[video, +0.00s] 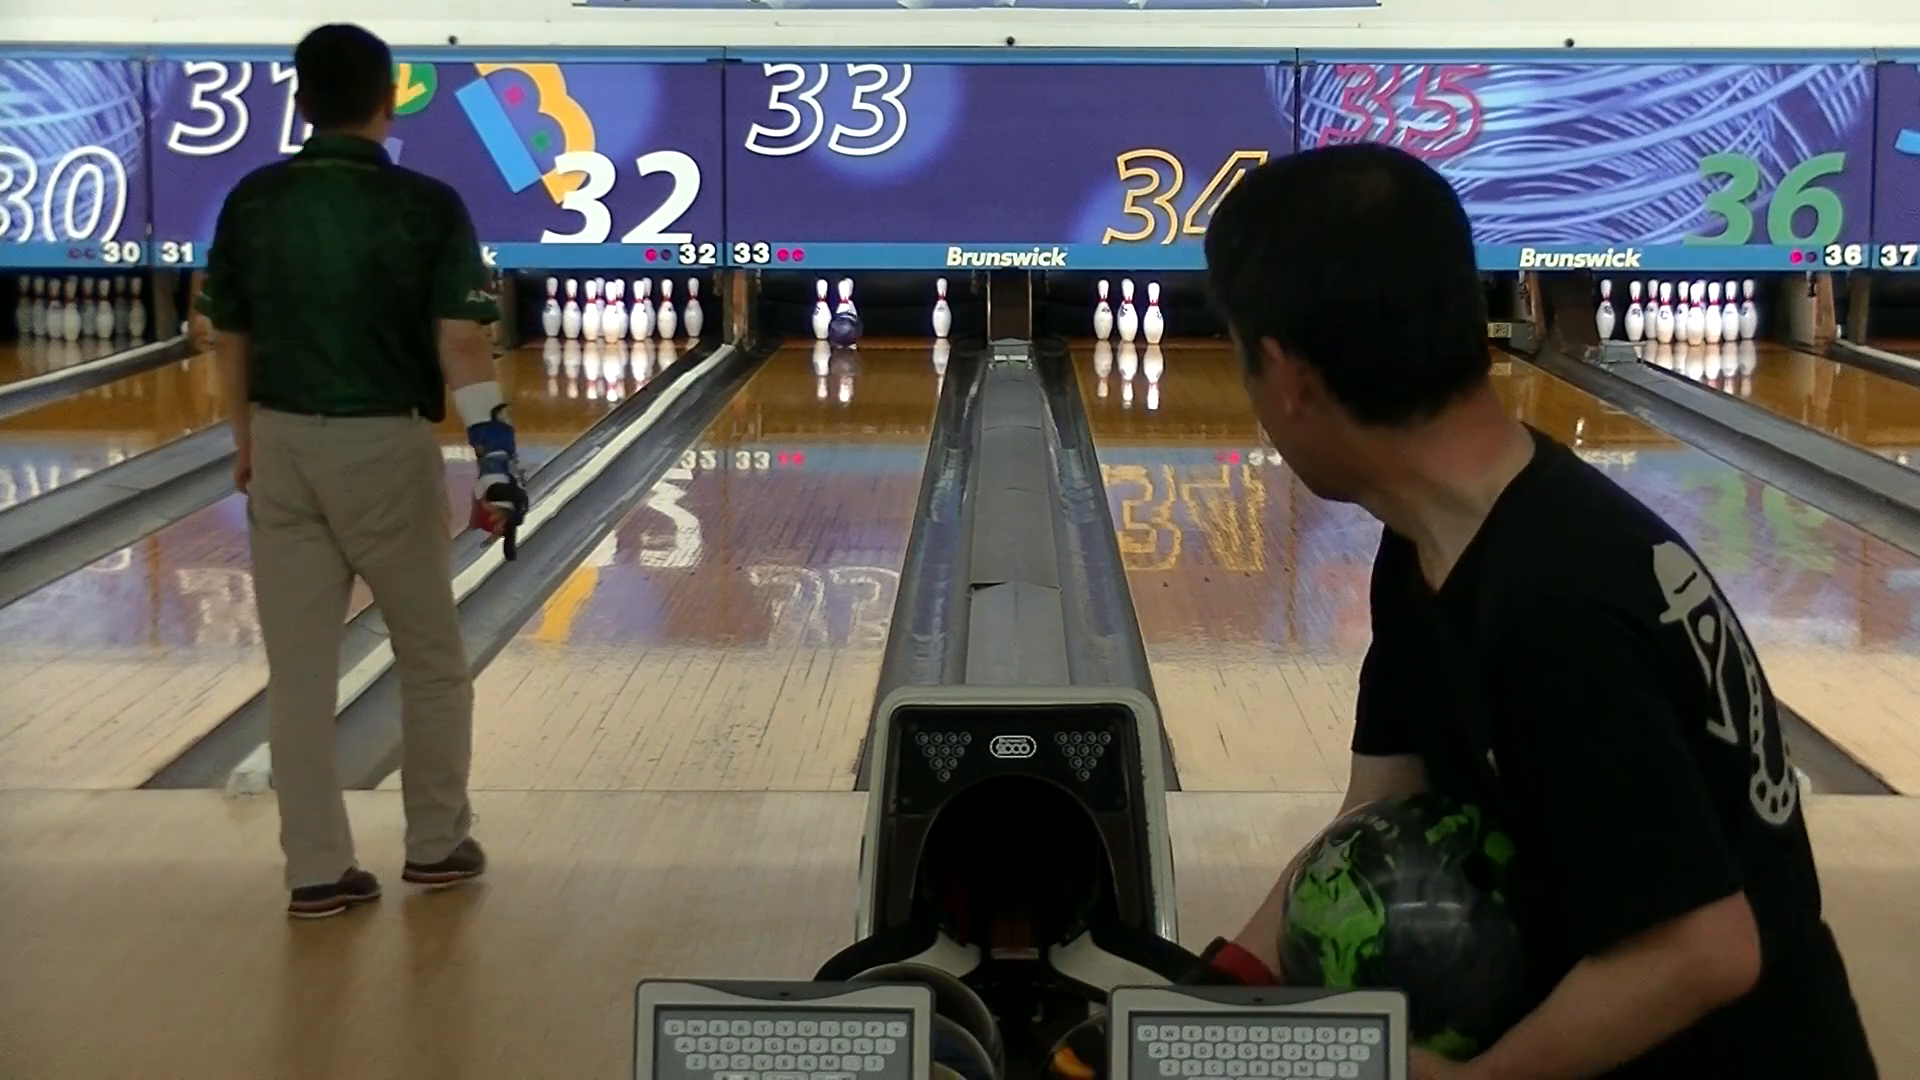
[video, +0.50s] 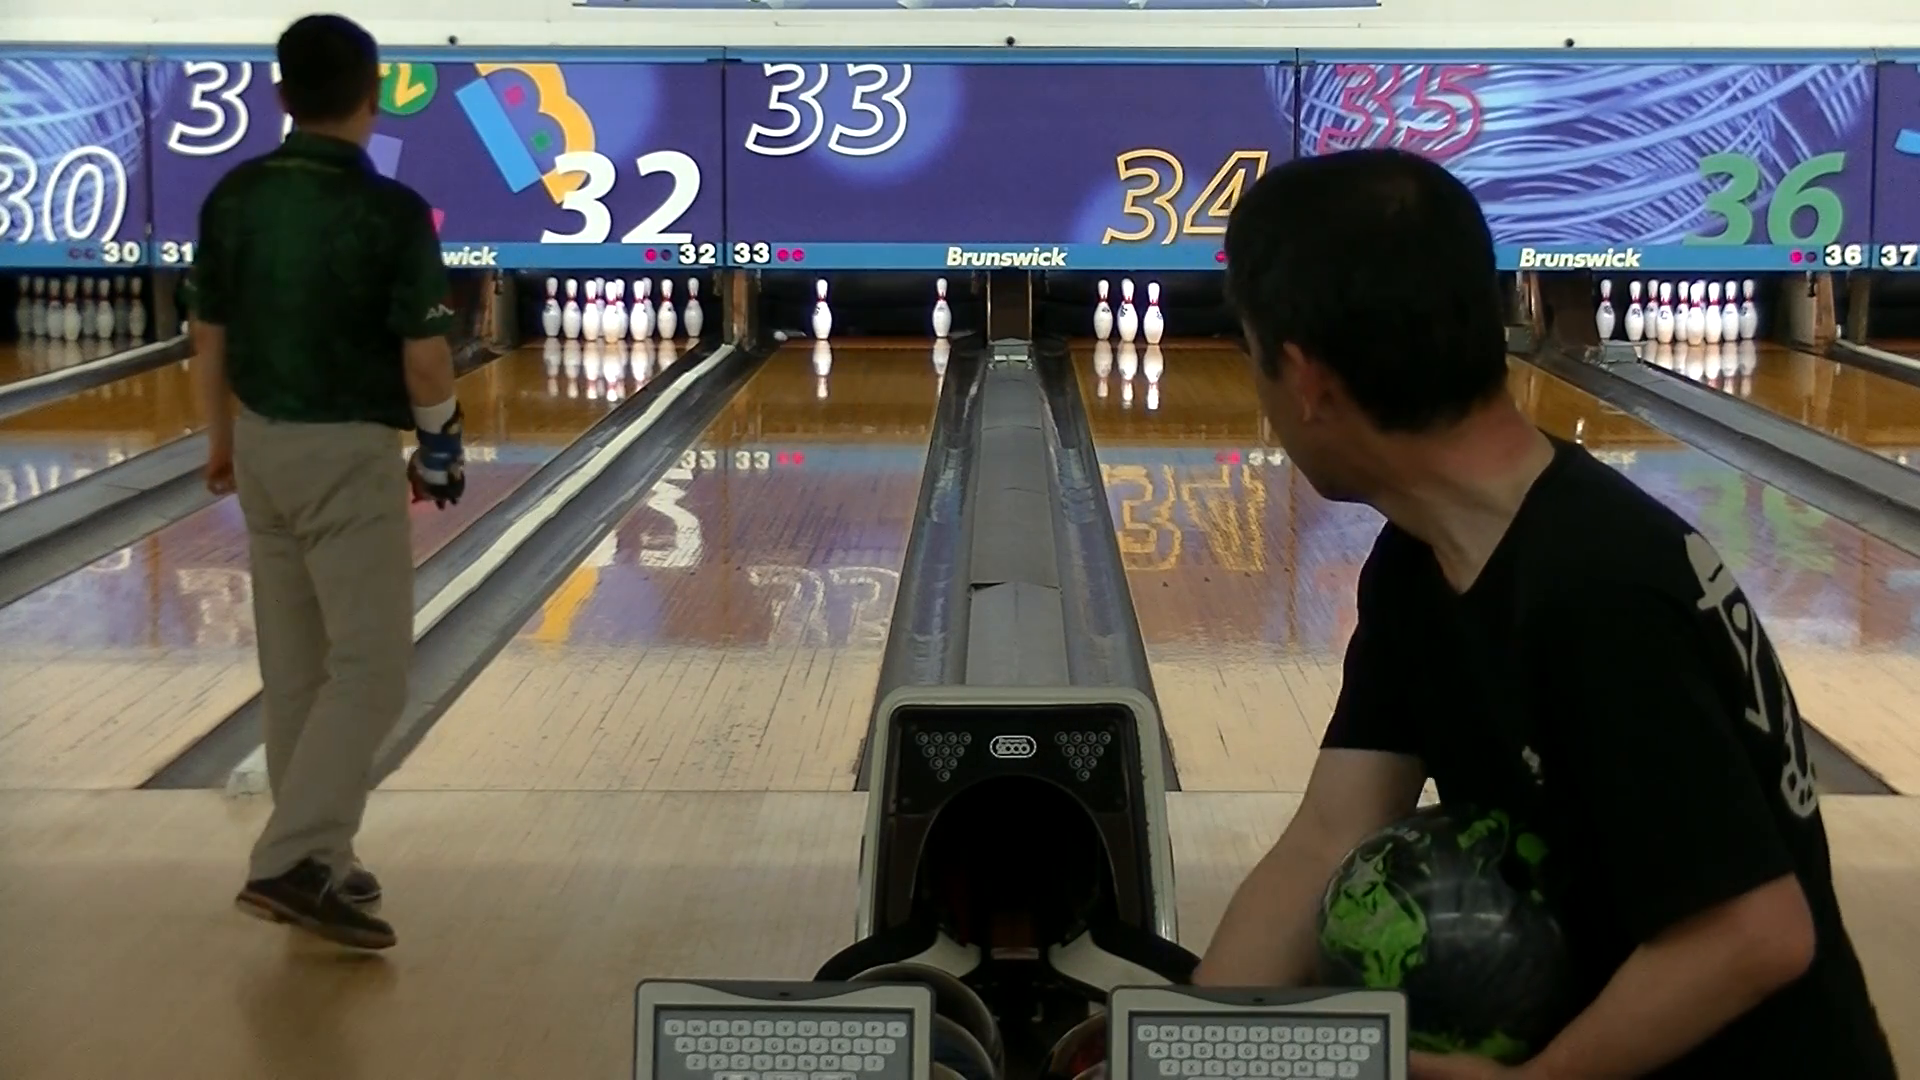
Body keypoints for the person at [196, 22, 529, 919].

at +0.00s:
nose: (398, 103)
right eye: (394, 90)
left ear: (304, 101)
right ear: (389, 99)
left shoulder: (252, 199)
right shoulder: (426, 205)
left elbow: (229, 337)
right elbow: (463, 342)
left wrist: (245, 437)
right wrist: (497, 453)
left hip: (278, 450)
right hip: (385, 449)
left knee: (297, 670)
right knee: (432, 656)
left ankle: (315, 874)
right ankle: (438, 846)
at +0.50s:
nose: (381, 99)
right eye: (378, 86)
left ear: (284, 94)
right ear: (372, 93)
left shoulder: (232, 196)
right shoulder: (392, 211)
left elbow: (209, 336)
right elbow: (422, 354)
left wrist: (219, 438)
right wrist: (441, 435)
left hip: (260, 449)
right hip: (350, 452)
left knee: (292, 667)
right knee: (371, 666)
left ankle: (324, 872)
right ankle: (291, 859)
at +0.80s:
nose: (394, 108)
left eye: (388, 92)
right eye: (389, 92)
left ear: (304, 102)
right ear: (368, 99)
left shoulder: (264, 197)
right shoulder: (350, 214)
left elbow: (240, 336)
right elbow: (404, 371)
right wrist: (444, 447)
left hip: (288, 460)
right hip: (334, 468)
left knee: (360, 661)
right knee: (329, 676)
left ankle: (342, 852)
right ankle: (280, 894)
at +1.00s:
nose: (418, 137)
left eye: (420, 120)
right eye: (410, 118)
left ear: (361, 113)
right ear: (359, 109)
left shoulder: (354, 207)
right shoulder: (294, 212)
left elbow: (361, 355)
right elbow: (331, 369)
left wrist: (399, 468)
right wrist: (401, 487)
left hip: (374, 475)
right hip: (306, 480)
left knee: (440, 684)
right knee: (307, 702)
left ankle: (406, 877)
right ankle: (279, 892)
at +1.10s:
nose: (417, 160)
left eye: (425, 143)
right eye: (411, 139)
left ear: (381, 131)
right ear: (354, 121)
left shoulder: (385, 211)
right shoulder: (275, 221)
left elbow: (392, 357)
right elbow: (292, 368)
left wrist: (433, 465)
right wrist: (322, 486)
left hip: (404, 479)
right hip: (307, 489)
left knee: (451, 692)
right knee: (301, 704)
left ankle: (443, 902)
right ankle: (280, 891)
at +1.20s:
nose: (425, 177)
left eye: (434, 161)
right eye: (414, 157)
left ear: (432, 149)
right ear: (356, 132)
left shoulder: (417, 220)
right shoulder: (272, 227)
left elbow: (448, 344)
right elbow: (244, 359)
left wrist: (483, 461)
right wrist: (240, 448)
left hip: (418, 495)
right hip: (310, 505)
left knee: (448, 707)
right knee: (300, 716)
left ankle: (462, 914)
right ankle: (283, 892)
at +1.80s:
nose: (364, 232)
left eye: (389, 219)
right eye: (352, 209)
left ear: (433, 194)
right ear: (329, 171)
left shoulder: (488, 254)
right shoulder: (270, 252)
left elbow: (536, 398)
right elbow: (262, 384)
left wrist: (536, 527)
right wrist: (282, 471)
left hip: (460, 550)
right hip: (327, 552)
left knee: (461, 770)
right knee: (339, 781)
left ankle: (448, 954)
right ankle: (351, 996)